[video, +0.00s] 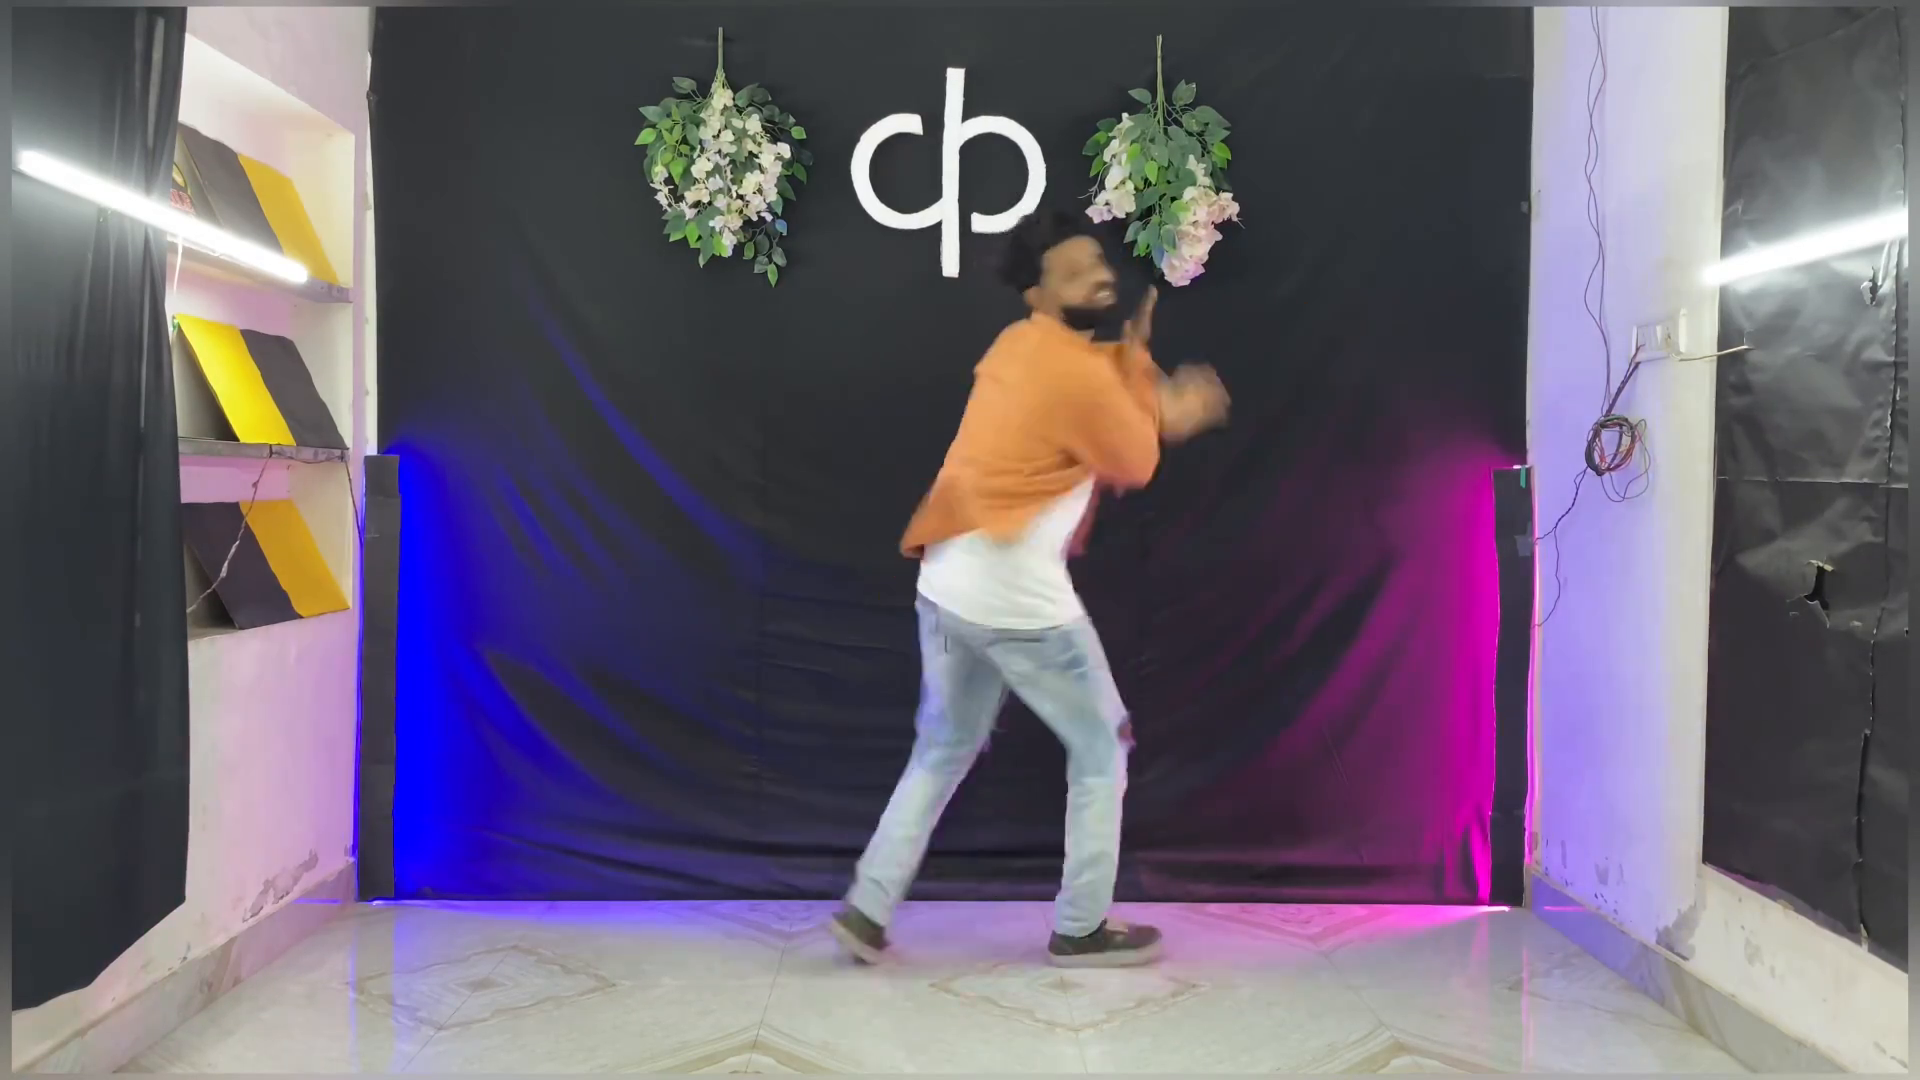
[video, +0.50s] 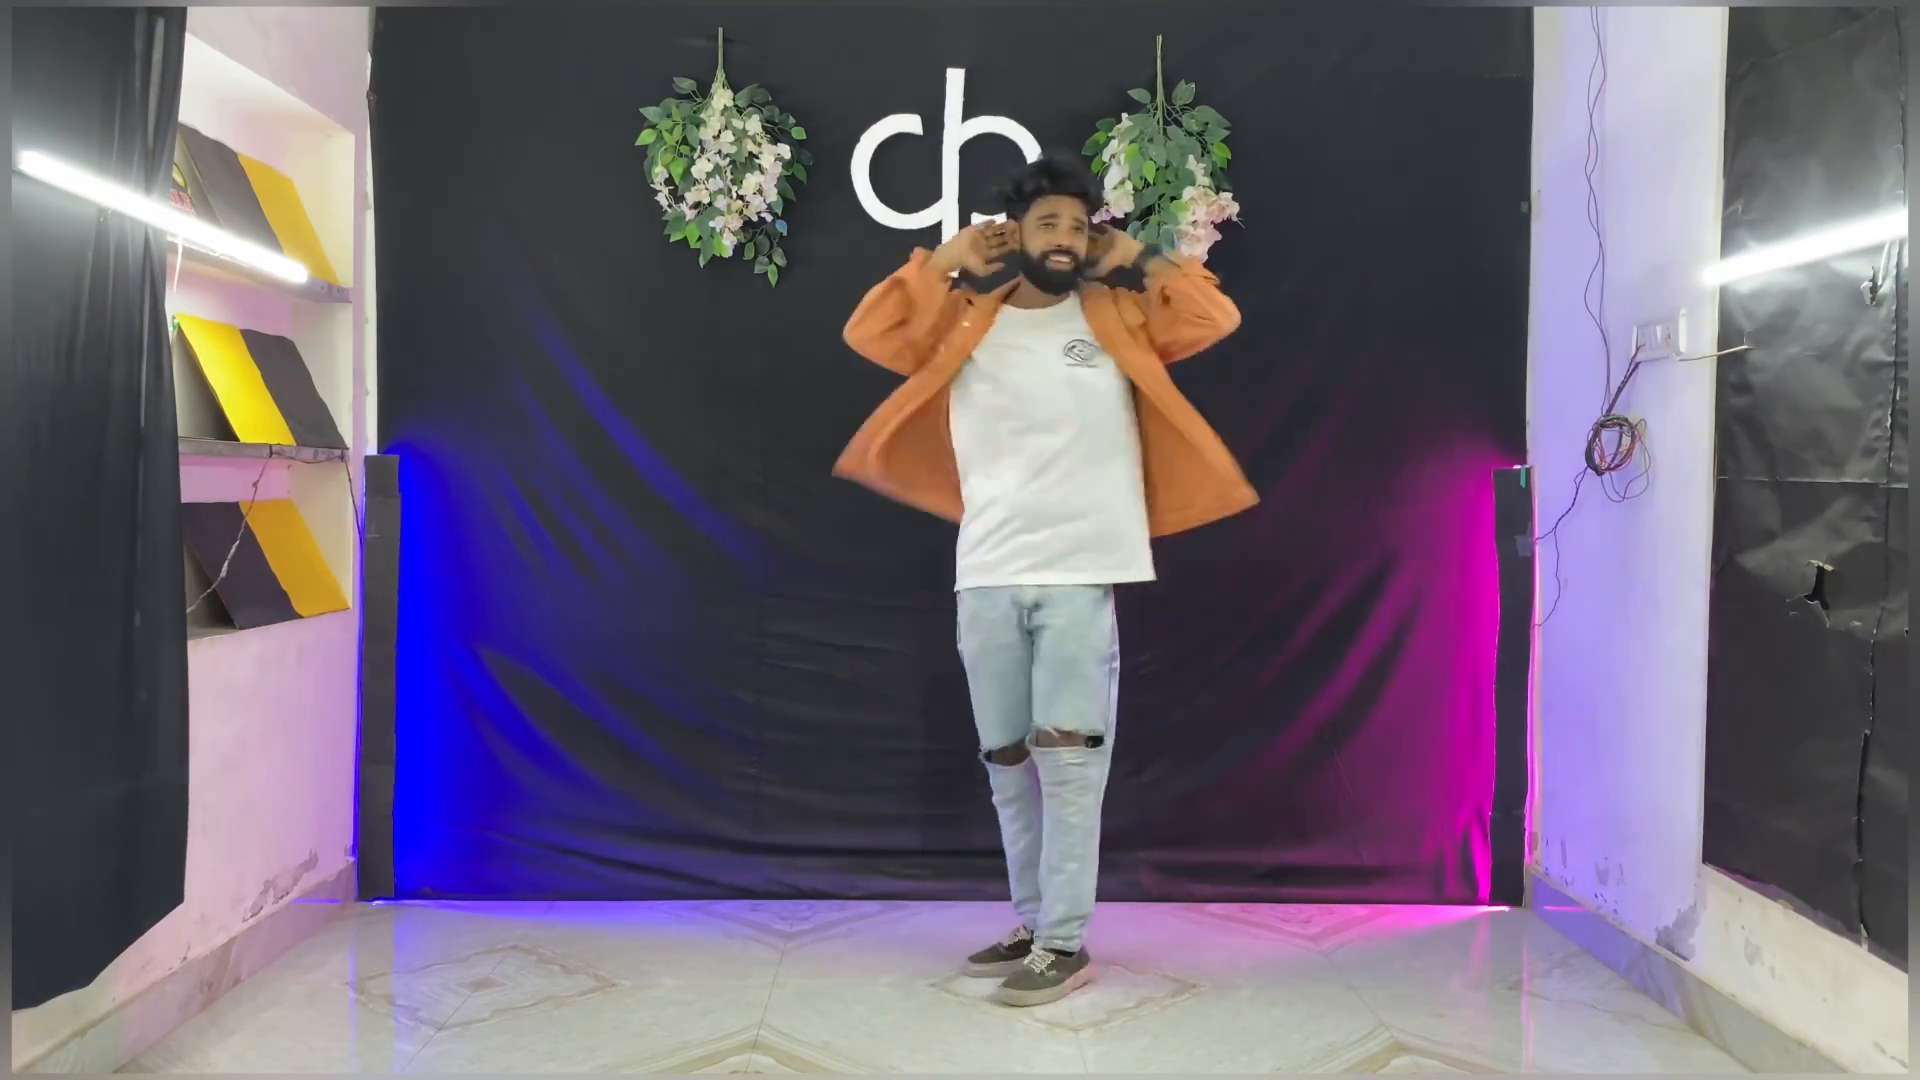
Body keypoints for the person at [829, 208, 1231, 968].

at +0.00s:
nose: (1100, 281)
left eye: (1101, 265)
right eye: (1079, 274)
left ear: (1106, 272)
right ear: (1036, 293)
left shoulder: (1010, 345)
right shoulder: (1082, 372)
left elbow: (1102, 410)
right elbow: (1132, 461)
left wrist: (1133, 358)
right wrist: (1161, 402)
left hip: (946, 582)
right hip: (1023, 594)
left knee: (943, 743)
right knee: (1100, 742)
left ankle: (867, 906)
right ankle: (1082, 924)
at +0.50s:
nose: (1060, 241)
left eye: (1074, 227)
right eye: (1045, 224)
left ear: (1093, 238)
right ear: (1014, 230)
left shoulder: (1116, 313)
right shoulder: (965, 316)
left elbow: (1215, 318)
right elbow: (867, 334)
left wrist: (1136, 258)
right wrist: (949, 257)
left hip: (1081, 565)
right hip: (988, 567)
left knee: (1067, 755)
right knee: (1007, 759)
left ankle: (1063, 940)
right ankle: (1032, 926)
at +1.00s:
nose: (1062, 252)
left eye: (1076, 238)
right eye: (1045, 237)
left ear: (1093, 249)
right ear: (1015, 245)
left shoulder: (1117, 351)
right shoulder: (962, 333)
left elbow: (1147, 464)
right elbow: (926, 442)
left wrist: (1162, 468)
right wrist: (964, 464)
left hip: (1074, 583)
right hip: (973, 582)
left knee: (1073, 760)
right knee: (961, 762)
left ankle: (1077, 940)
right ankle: (1033, 872)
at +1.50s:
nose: (931, 303)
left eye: (940, 283)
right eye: (911, 294)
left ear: (969, 278)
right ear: (893, 308)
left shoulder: (1028, 370)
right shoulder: (877, 374)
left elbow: (1034, 469)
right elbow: (845, 482)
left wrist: (1017, 554)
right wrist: (804, 572)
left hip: (981, 615)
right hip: (876, 612)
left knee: (1007, 783)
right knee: (833, 787)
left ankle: (1068, 945)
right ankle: (793, 942)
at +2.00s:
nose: (964, 295)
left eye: (983, 283)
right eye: (951, 278)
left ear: (1009, 297)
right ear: (925, 283)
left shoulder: (1036, 384)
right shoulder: (881, 383)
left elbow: (1044, 501)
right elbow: (851, 501)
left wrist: (1083, 511)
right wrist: (800, 511)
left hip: (1014, 638)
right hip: (910, 638)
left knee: (1039, 810)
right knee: (863, 806)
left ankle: (1143, 949)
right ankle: (792, 945)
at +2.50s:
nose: (1054, 268)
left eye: (1071, 253)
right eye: (1036, 253)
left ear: (1093, 267)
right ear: (1010, 263)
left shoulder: (1123, 366)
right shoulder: (965, 358)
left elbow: (1128, 492)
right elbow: (964, 476)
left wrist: (1076, 576)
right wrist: (1040, 536)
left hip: (1083, 602)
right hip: (981, 600)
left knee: (1100, 783)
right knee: (978, 767)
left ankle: (1142, 951)